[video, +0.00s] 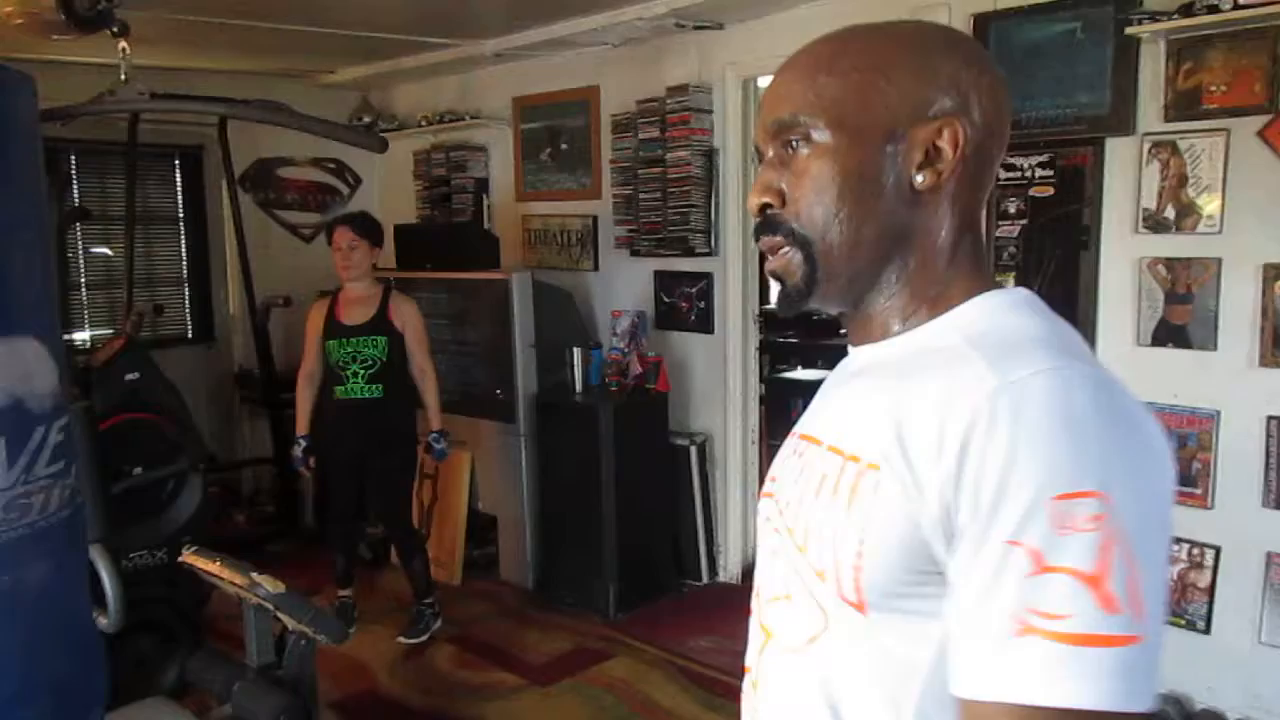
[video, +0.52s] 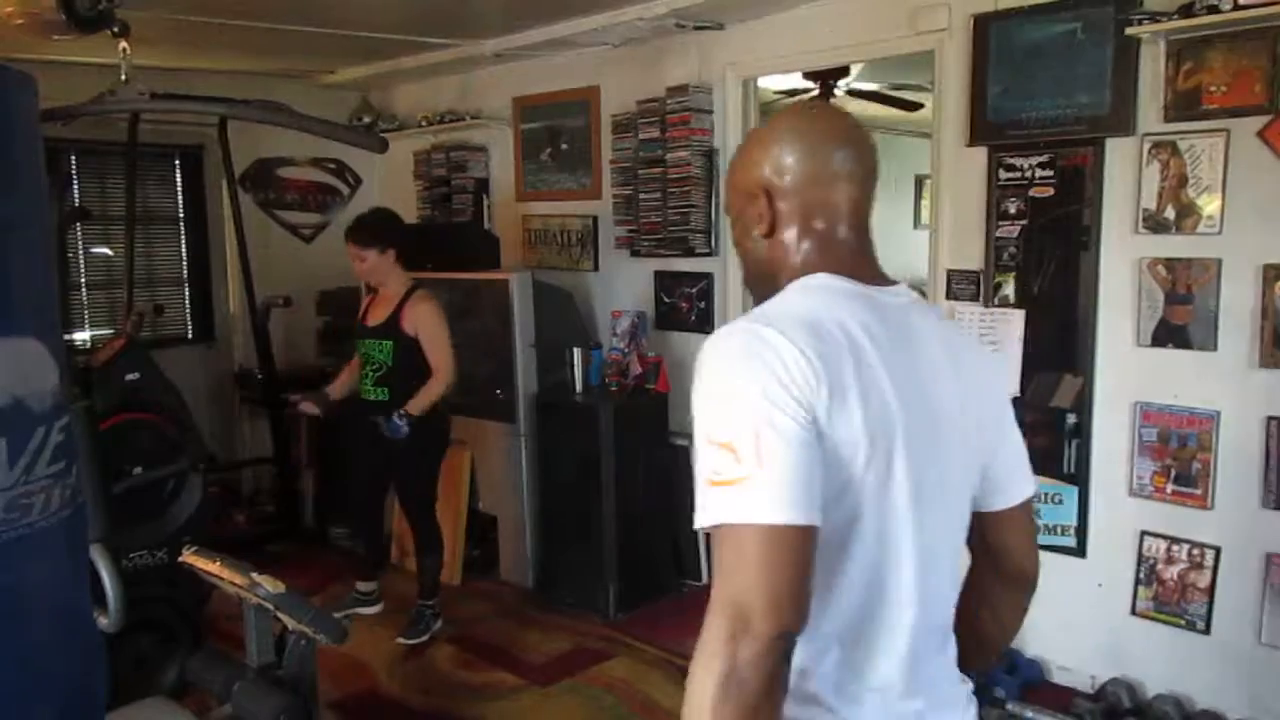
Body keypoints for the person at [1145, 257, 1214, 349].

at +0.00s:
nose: (1185, 271)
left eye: (1187, 268)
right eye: (1182, 268)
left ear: (1189, 270)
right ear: (1173, 270)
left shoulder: (1192, 286)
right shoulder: (1168, 286)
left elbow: (1212, 269)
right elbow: (1151, 265)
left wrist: (1196, 261)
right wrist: (1166, 262)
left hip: (1182, 328)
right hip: (1165, 326)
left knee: (1190, 356)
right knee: (1154, 355)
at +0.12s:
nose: (1185, 272)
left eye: (1187, 268)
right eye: (1182, 268)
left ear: (1189, 270)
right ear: (1173, 270)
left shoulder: (1192, 286)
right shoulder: (1168, 286)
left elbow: (1212, 268)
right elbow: (1151, 265)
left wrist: (1197, 261)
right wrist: (1166, 262)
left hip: (1182, 328)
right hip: (1165, 326)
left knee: (1190, 356)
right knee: (1155, 355)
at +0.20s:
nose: (1185, 272)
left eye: (1187, 269)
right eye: (1182, 269)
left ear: (1189, 271)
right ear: (1174, 271)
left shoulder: (1192, 287)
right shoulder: (1168, 286)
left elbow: (1212, 270)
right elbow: (1151, 266)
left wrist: (1197, 261)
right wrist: (1164, 262)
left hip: (1182, 328)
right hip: (1165, 326)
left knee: (1190, 357)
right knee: (1154, 355)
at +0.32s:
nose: (1183, 273)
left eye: (1185, 269)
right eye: (1180, 269)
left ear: (1188, 271)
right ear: (1174, 271)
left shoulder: (1192, 286)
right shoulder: (1168, 286)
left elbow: (1213, 269)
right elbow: (1151, 266)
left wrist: (1198, 261)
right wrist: (1164, 261)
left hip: (1182, 328)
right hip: (1165, 326)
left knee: (1190, 357)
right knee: (1154, 356)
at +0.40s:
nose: (1184, 272)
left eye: (1186, 269)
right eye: (1182, 269)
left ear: (1189, 271)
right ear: (1174, 271)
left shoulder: (1192, 286)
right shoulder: (1168, 285)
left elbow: (1213, 270)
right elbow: (1151, 266)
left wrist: (1199, 259)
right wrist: (1164, 261)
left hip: (1182, 328)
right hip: (1165, 326)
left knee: (1190, 357)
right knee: (1154, 355)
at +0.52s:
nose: (1185, 272)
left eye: (1187, 268)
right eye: (1182, 268)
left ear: (1190, 271)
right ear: (1174, 271)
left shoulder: (1192, 286)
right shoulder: (1168, 286)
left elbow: (1212, 273)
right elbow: (1151, 266)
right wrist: (1165, 262)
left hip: (1182, 328)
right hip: (1165, 326)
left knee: (1190, 357)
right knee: (1154, 355)